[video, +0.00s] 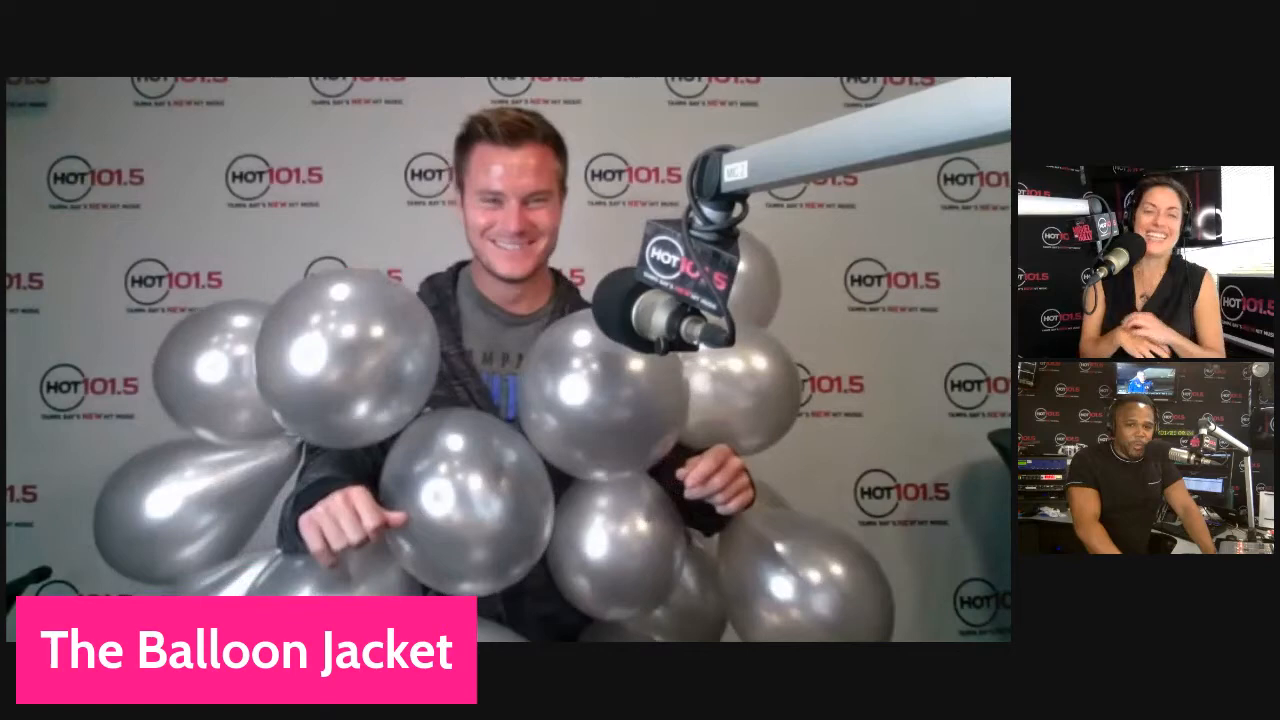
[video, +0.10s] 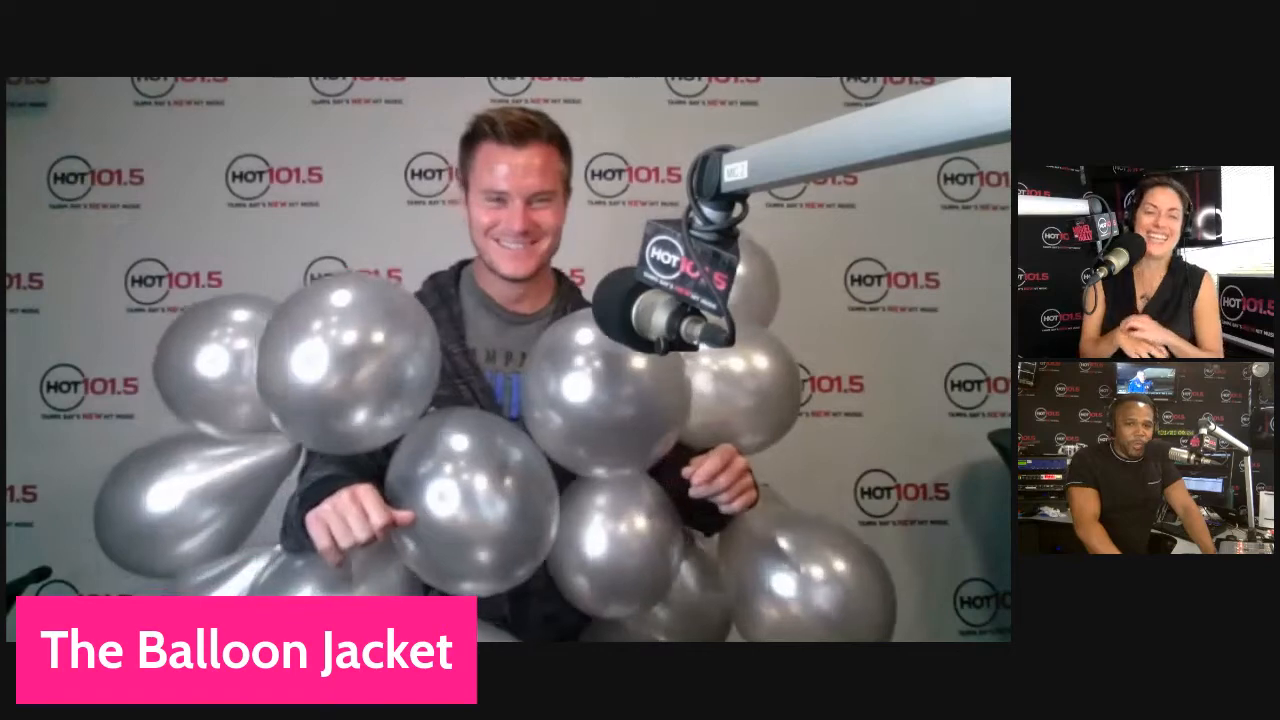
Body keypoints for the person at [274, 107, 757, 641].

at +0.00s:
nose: (515, 222)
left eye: (537, 200)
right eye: (491, 200)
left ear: (562, 205)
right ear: (459, 202)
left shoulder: (602, 335)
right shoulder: (405, 326)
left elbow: (649, 460)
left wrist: (707, 484)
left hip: (580, 615)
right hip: (439, 609)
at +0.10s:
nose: (519, 222)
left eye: (541, 200)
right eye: (495, 199)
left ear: (566, 204)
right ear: (462, 198)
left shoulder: (604, 336)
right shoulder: (406, 328)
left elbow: (652, 473)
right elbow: (335, 452)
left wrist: (709, 486)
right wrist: (332, 499)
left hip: (581, 617)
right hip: (441, 612)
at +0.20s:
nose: (525, 222)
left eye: (546, 200)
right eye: (502, 198)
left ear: (571, 205)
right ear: (469, 198)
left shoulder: (606, 338)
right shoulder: (402, 331)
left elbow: (652, 478)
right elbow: (331, 464)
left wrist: (710, 487)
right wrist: (343, 497)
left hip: (588, 620)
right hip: (446, 617)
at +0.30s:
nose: (527, 219)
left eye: (548, 199)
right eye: (505, 196)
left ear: (571, 204)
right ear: (470, 197)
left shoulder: (607, 336)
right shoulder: (401, 332)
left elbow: (649, 477)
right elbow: (331, 474)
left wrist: (709, 483)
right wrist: (356, 499)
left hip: (595, 615)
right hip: (451, 613)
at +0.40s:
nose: (523, 215)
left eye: (545, 195)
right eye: (501, 192)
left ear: (567, 203)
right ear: (468, 196)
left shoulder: (605, 337)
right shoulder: (403, 333)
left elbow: (650, 477)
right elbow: (333, 469)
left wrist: (712, 471)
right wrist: (362, 501)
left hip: (589, 616)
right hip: (449, 614)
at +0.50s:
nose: (517, 211)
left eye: (538, 190)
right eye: (495, 188)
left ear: (561, 201)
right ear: (461, 193)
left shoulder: (599, 336)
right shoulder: (404, 335)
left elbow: (645, 472)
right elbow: (331, 483)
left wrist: (712, 465)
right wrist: (369, 506)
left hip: (588, 616)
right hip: (447, 616)